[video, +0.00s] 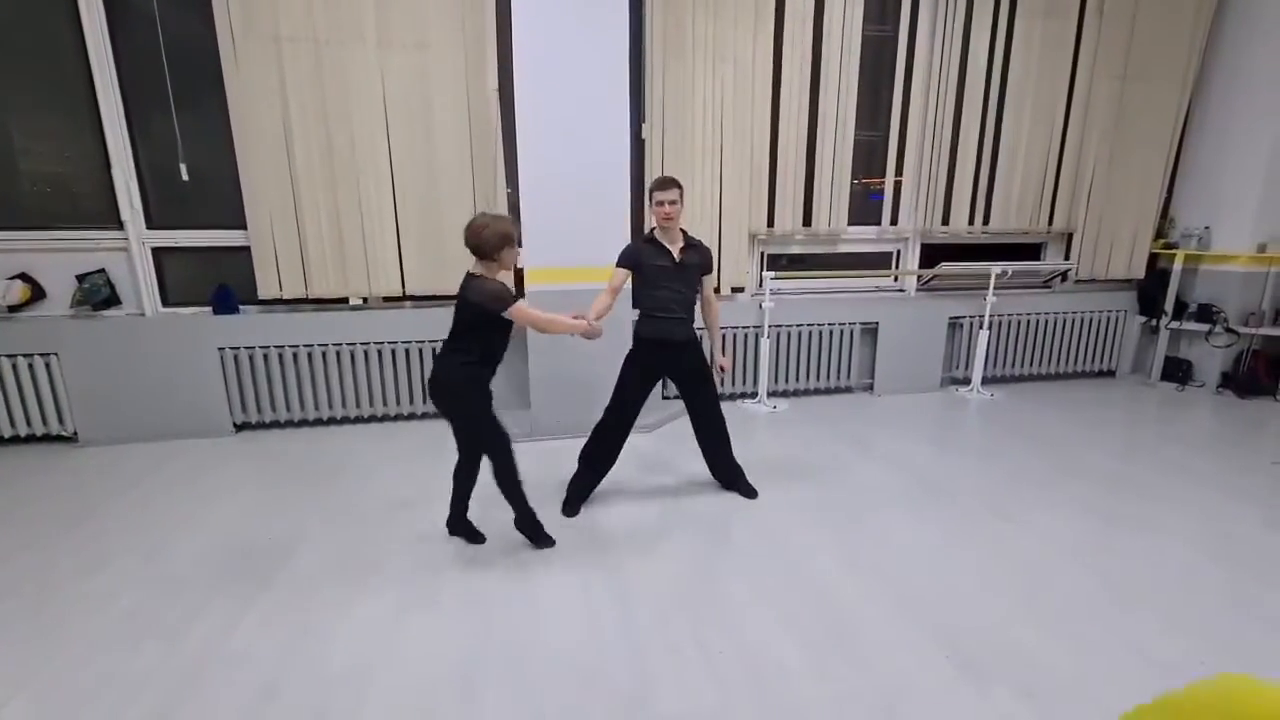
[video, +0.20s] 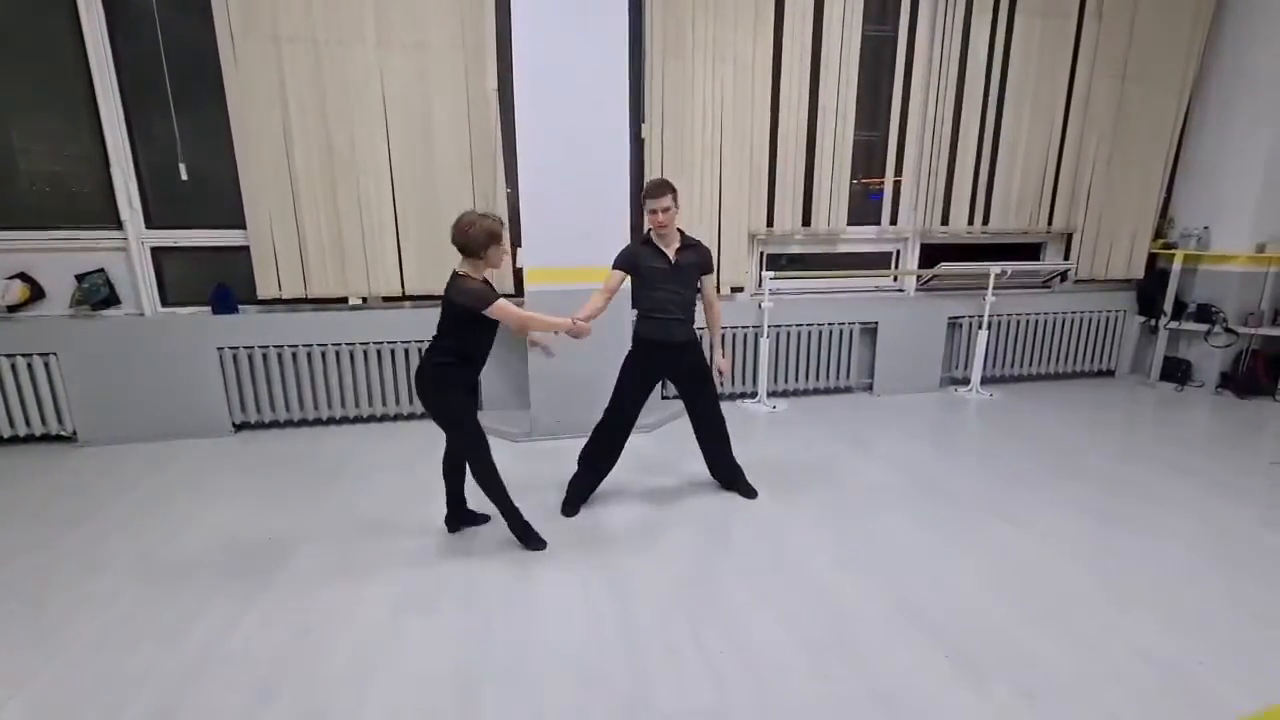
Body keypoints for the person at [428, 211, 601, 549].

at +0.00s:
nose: (518, 251)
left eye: (516, 245)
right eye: (513, 246)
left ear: (484, 253)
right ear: (497, 253)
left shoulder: (478, 283)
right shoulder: (489, 291)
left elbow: (526, 318)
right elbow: (538, 322)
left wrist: (567, 320)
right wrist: (580, 327)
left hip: (453, 382)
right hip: (460, 387)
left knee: (470, 451)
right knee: (499, 445)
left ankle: (457, 517)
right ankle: (526, 519)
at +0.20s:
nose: (506, 252)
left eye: (505, 246)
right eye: (501, 247)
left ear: (475, 251)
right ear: (482, 252)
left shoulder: (479, 280)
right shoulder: (467, 289)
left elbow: (503, 317)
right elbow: (521, 319)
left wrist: (529, 337)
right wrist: (569, 324)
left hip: (459, 378)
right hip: (440, 382)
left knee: (457, 443)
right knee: (477, 448)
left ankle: (456, 511)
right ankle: (516, 522)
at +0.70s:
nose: (488, 238)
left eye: (482, 234)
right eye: (481, 238)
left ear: (467, 258)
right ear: (474, 254)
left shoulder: (469, 284)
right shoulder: (483, 291)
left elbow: (471, 331)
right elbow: (515, 338)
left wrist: (496, 361)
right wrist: (551, 346)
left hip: (443, 373)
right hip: (452, 381)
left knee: (454, 441)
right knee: (483, 444)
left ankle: (454, 511)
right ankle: (517, 516)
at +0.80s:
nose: (483, 229)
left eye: (478, 225)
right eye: (475, 229)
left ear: (461, 247)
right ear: (466, 243)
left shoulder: (467, 271)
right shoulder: (478, 278)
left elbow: (473, 322)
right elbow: (512, 321)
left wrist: (492, 357)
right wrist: (547, 332)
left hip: (458, 369)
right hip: (466, 374)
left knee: (464, 440)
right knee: (493, 441)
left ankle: (455, 510)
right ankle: (518, 516)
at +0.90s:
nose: (480, 232)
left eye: (475, 227)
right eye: (473, 230)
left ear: (453, 245)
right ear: (460, 242)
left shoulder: (460, 272)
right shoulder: (471, 279)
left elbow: (505, 307)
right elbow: (513, 313)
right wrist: (550, 321)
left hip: (470, 369)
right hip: (482, 374)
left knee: (471, 439)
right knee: (501, 443)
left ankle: (457, 510)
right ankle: (520, 516)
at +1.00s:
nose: (479, 238)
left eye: (474, 233)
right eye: (472, 235)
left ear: (450, 248)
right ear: (458, 246)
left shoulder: (452, 277)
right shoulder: (468, 284)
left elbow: (503, 306)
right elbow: (512, 312)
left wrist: (540, 315)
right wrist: (552, 316)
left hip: (474, 370)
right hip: (488, 375)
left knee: (475, 441)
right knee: (505, 444)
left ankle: (458, 510)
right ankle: (520, 516)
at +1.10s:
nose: (476, 245)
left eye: (473, 239)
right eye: (470, 242)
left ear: (445, 251)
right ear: (455, 251)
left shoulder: (441, 278)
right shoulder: (465, 289)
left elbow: (495, 301)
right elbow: (515, 312)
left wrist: (539, 310)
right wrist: (552, 313)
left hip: (472, 370)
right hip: (489, 374)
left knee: (482, 440)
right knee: (509, 441)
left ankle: (459, 511)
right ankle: (521, 516)